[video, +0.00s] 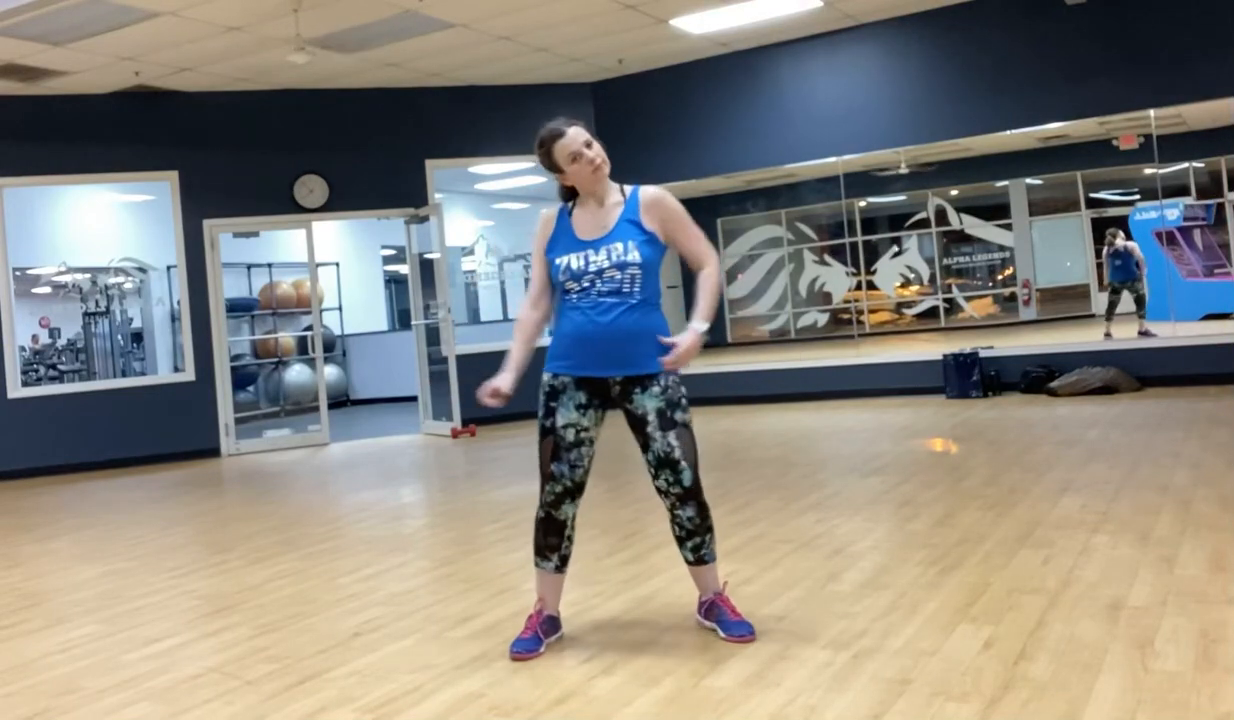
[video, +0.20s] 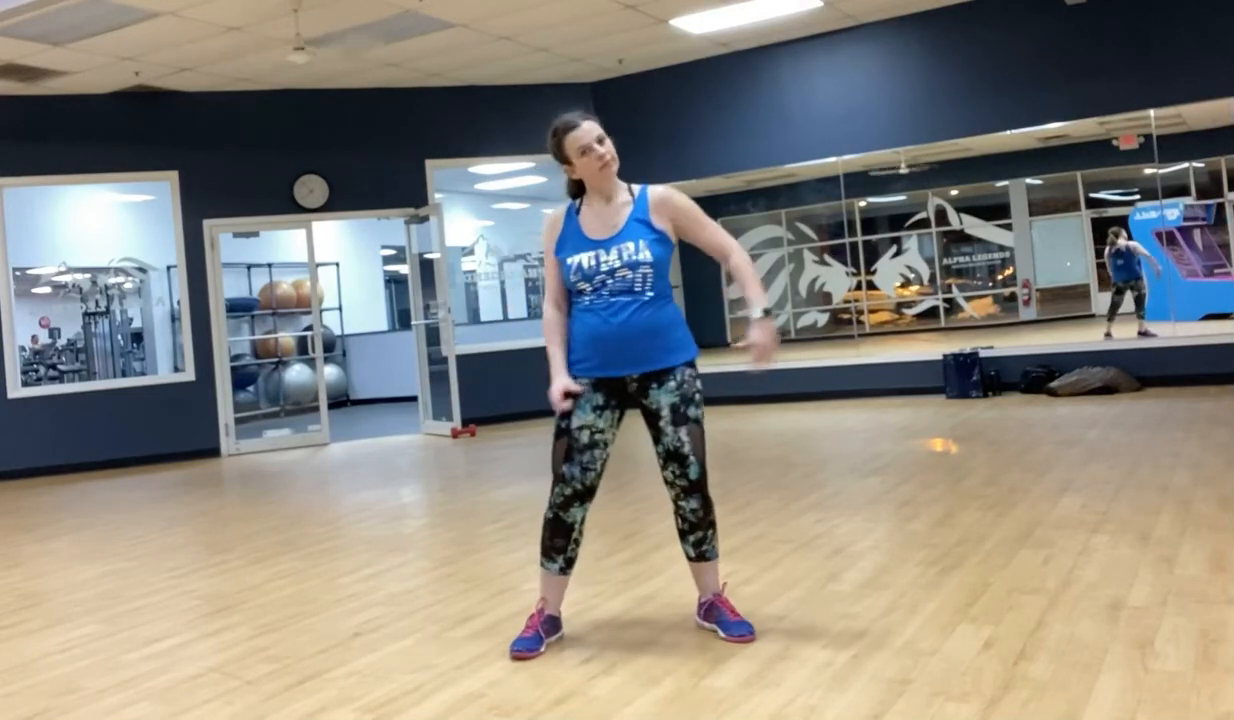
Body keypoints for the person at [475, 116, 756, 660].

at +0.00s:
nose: (591, 155)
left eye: (589, 143)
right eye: (576, 156)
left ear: (601, 143)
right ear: (562, 176)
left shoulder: (652, 203)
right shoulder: (552, 224)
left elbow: (707, 263)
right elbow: (536, 304)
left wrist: (696, 328)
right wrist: (510, 372)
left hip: (649, 371)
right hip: (572, 376)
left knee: (682, 484)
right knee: (559, 490)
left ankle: (712, 599)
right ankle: (545, 613)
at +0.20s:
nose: (600, 152)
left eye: (601, 141)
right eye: (586, 151)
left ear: (613, 142)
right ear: (570, 167)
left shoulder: (661, 202)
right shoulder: (560, 224)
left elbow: (731, 252)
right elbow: (555, 305)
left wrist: (758, 315)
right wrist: (558, 371)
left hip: (667, 368)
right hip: (592, 378)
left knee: (689, 482)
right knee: (569, 490)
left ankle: (712, 600)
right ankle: (547, 613)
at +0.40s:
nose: (596, 147)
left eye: (600, 137)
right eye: (582, 144)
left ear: (613, 143)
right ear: (566, 160)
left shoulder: (656, 208)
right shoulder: (552, 223)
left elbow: (715, 271)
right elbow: (531, 302)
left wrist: (776, 304)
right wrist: (537, 368)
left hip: (664, 369)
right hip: (587, 378)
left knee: (683, 482)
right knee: (568, 493)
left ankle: (711, 599)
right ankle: (547, 613)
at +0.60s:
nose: (578, 142)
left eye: (583, 133)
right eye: (565, 139)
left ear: (599, 143)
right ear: (550, 156)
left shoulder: (635, 215)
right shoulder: (528, 220)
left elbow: (659, 296)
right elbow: (476, 293)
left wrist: (698, 329)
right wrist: (439, 350)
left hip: (637, 371)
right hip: (560, 379)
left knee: (667, 484)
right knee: (552, 497)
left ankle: (710, 600)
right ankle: (545, 615)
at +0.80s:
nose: (560, 139)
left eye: (566, 130)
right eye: (547, 135)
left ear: (583, 142)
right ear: (533, 154)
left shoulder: (618, 215)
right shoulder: (512, 216)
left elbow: (637, 294)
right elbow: (442, 270)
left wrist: (644, 344)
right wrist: (380, 312)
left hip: (616, 373)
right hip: (542, 380)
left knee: (660, 483)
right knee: (541, 500)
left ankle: (707, 600)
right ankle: (545, 615)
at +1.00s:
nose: (551, 135)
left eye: (557, 126)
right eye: (539, 132)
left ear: (574, 138)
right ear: (525, 150)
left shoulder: (610, 207)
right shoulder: (505, 209)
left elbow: (645, 281)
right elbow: (429, 236)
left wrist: (640, 344)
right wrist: (348, 250)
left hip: (611, 369)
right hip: (537, 377)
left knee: (667, 468)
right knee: (538, 494)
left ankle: (697, 594)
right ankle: (544, 614)